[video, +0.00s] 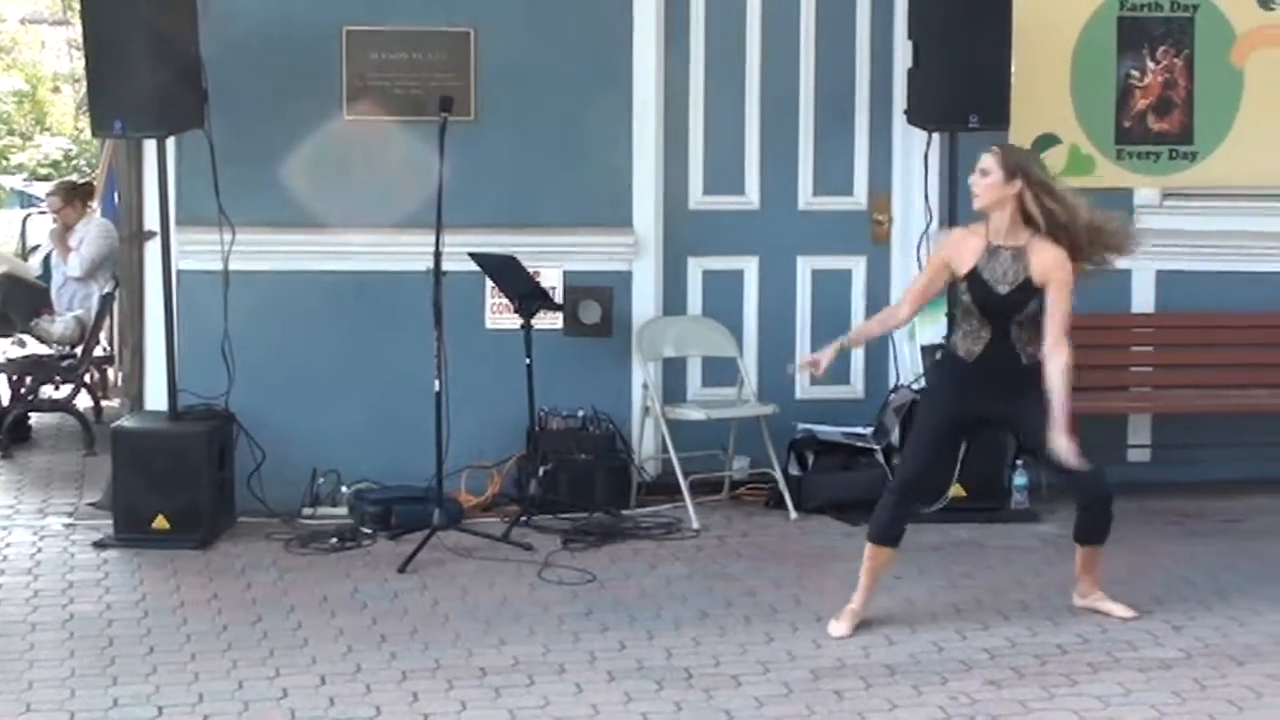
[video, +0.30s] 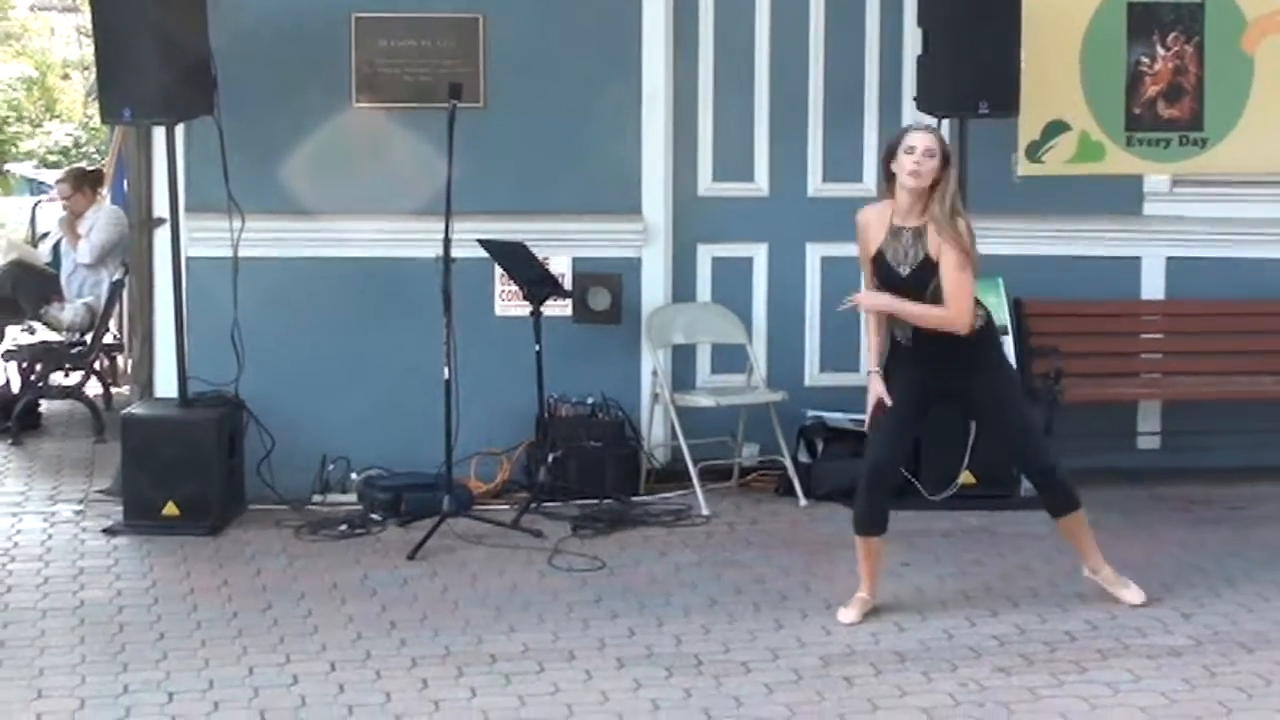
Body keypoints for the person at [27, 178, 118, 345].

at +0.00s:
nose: (55, 219)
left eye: (58, 212)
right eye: (53, 214)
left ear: (76, 206)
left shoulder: (102, 229)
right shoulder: (62, 233)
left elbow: (80, 268)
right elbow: (34, 269)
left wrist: (60, 245)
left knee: (9, 286)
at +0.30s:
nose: (64, 205)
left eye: (67, 199)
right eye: (62, 200)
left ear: (86, 192)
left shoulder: (112, 216)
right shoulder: (72, 220)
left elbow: (90, 255)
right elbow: (44, 256)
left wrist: (69, 232)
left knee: (16, 271)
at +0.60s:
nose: (82, 196)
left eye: (85, 189)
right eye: (80, 191)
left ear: (104, 183)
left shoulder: (129, 207)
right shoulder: (93, 212)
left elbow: (108, 246)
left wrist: (88, 224)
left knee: (36, 263)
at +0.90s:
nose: (77, 192)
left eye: (80, 186)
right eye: (75, 187)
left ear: (99, 180)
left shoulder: (124, 204)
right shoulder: (87, 209)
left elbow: (102, 243)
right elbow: (57, 245)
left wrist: (85, 219)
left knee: (28, 260)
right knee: (13, 294)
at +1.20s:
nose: (76, 194)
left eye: (79, 188)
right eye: (73, 189)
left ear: (97, 182)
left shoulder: (123, 205)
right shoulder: (86, 211)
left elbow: (101, 244)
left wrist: (83, 220)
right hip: (79, 289)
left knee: (27, 262)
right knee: (11, 298)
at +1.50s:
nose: (73, 195)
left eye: (76, 189)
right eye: (71, 190)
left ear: (94, 183)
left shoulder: (121, 207)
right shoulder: (84, 210)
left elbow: (99, 245)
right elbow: (56, 247)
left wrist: (81, 221)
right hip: (75, 286)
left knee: (26, 262)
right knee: (10, 301)